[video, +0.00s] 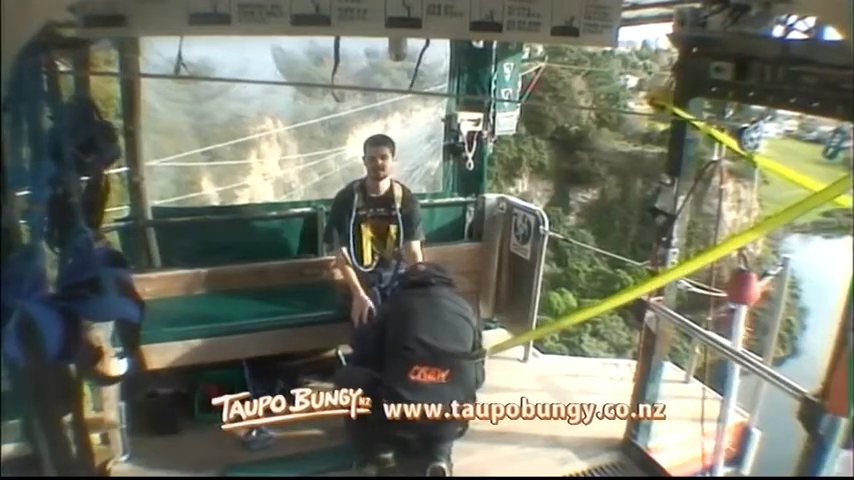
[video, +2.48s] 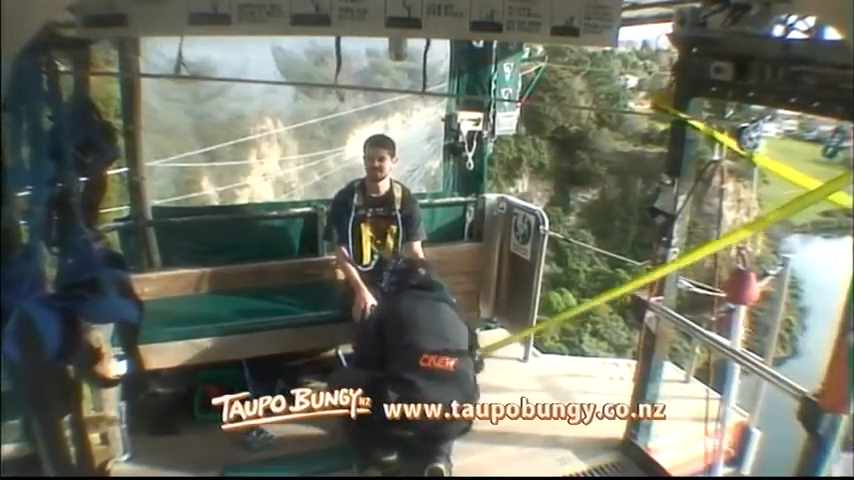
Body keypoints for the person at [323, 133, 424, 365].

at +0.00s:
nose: (378, 163)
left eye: (384, 157)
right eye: (372, 158)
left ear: (393, 160)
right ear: (364, 161)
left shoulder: (406, 198)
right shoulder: (347, 199)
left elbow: (414, 250)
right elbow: (340, 253)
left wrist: (420, 289)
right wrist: (358, 294)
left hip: (398, 276)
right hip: (363, 278)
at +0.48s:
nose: (375, 161)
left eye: (381, 156)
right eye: (370, 156)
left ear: (393, 160)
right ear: (364, 160)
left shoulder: (404, 197)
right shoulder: (346, 196)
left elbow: (413, 249)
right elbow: (338, 249)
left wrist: (417, 289)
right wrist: (358, 290)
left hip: (396, 276)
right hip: (361, 277)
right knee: (367, 314)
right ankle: (367, 369)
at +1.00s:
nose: (374, 161)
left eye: (381, 156)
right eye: (369, 156)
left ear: (393, 159)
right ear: (363, 159)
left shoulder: (405, 198)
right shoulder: (346, 197)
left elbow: (413, 249)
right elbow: (339, 251)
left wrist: (417, 290)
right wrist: (359, 291)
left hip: (397, 275)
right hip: (362, 276)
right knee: (366, 317)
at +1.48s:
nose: (375, 163)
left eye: (381, 157)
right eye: (369, 158)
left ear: (393, 159)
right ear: (362, 159)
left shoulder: (405, 198)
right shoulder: (345, 197)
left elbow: (414, 249)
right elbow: (340, 251)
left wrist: (421, 289)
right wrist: (360, 291)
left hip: (397, 280)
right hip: (361, 282)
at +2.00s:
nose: (376, 165)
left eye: (382, 159)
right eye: (370, 159)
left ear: (394, 161)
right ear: (363, 160)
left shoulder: (405, 198)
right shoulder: (345, 198)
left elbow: (414, 248)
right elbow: (341, 253)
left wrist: (421, 288)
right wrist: (360, 291)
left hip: (398, 277)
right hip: (362, 278)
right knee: (369, 316)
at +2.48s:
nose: (375, 165)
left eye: (381, 159)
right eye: (369, 159)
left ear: (393, 161)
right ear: (363, 160)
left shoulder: (405, 198)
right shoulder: (345, 199)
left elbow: (414, 247)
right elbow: (342, 254)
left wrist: (424, 285)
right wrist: (361, 290)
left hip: (397, 278)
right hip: (361, 280)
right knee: (369, 316)